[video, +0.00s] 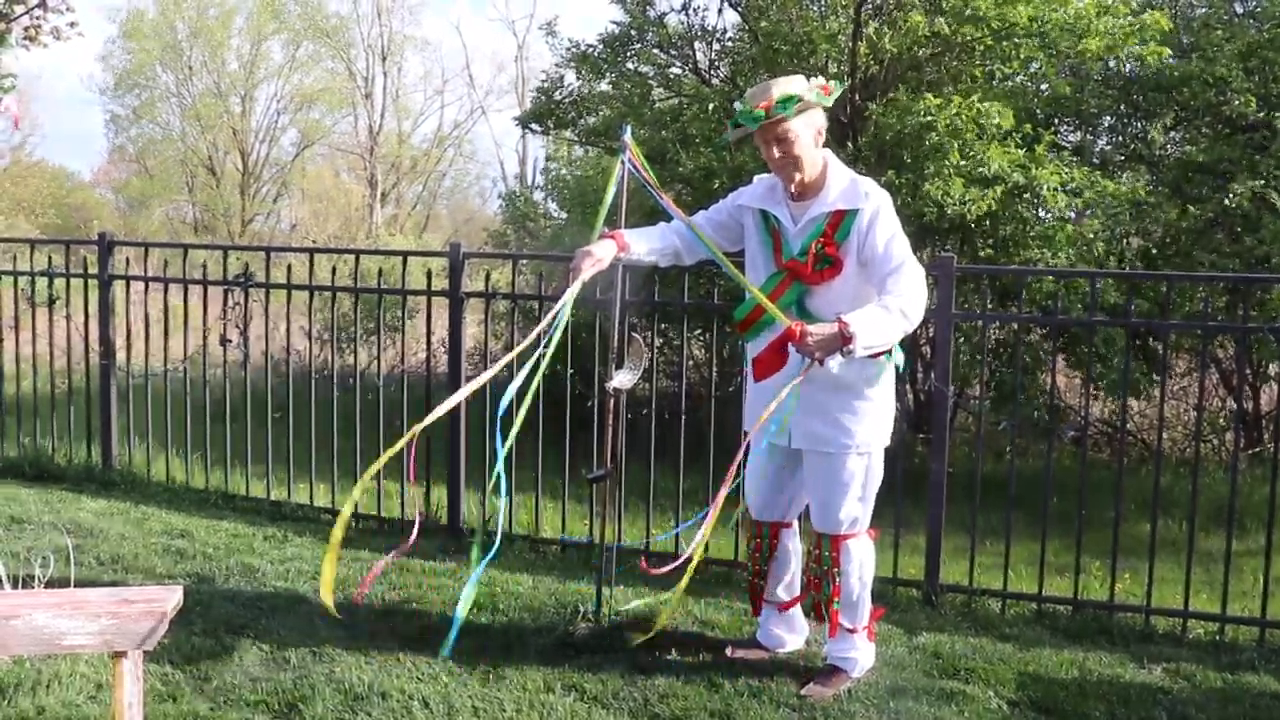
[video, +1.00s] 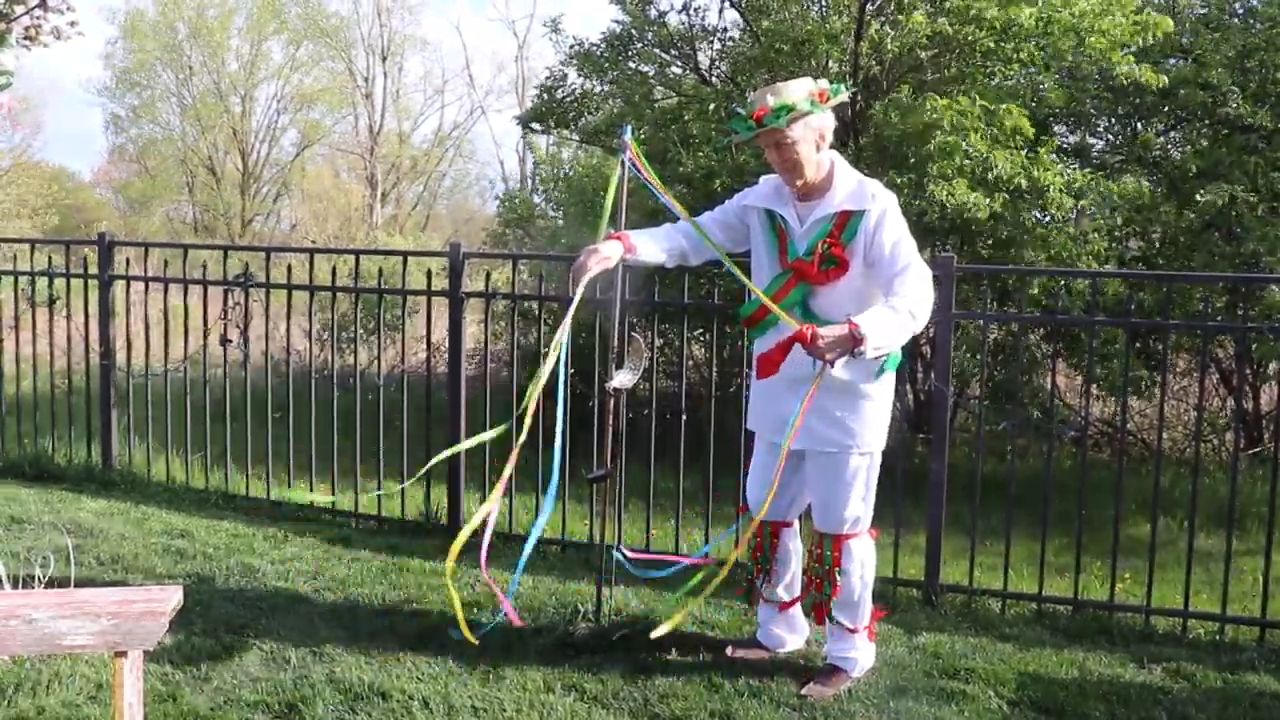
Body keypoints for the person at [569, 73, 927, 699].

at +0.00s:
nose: (776, 154)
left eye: (787, 140)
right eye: (765, 144)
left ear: (821, 132)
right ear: (758, 145)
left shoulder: (866, 205)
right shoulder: (754, 201)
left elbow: (908, 294)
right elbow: (684, 237)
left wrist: (847, 331)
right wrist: (615, 244)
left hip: (849, 394)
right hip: (773, 384)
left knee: (842, 525)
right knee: (770, 510)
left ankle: (848, 655)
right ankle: (778, 635)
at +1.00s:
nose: (776, 158)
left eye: (786, 143)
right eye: (767, 146)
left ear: (823, 134)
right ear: (762, 147)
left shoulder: (871, 205)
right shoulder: (759, 202)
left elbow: (914, 293)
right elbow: (690, 236)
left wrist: (857, 333)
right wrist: (621, 245)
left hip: (851, 393)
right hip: (776, 386)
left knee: (843, 525)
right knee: (770, 511)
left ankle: (848, 656)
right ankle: (778, 635)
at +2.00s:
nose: (772, 155)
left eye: (782, 141)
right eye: (765, 144)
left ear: (822, 135)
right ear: (763, 146)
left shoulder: (874, 205)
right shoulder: (759, 202)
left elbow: (917, 294)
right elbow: (688, 235)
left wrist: (860, 334)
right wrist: (616, 244)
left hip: (853, 391)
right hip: (776, 384)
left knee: (846, 524)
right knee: (774, 511)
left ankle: (849, 656)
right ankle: (778, 634)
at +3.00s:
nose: (750, 162)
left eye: (757, 147)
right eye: (745, 149)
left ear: (798, 141)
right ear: (754, 148)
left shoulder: (860, 204)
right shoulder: (744, 203)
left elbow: (908, 293)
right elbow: (660, 227)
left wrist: (859, 336)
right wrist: (569, 232)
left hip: (848, 387)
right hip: (774, 382)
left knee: (843, 517)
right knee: (766, 507)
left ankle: (851, 653)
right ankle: (780, 632)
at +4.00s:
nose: (730, 162)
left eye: (737, 149)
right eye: (728, 150)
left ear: (780, 144)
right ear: (768, 149)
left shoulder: (850, 205)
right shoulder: (741, 208)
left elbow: (900, 295)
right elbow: (664, 242)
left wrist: (842, 352)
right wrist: (575, 248)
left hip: (851, 387)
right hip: (780, 381)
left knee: (845, 523)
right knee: (761, 504)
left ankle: (851, 657)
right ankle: (785, 630)